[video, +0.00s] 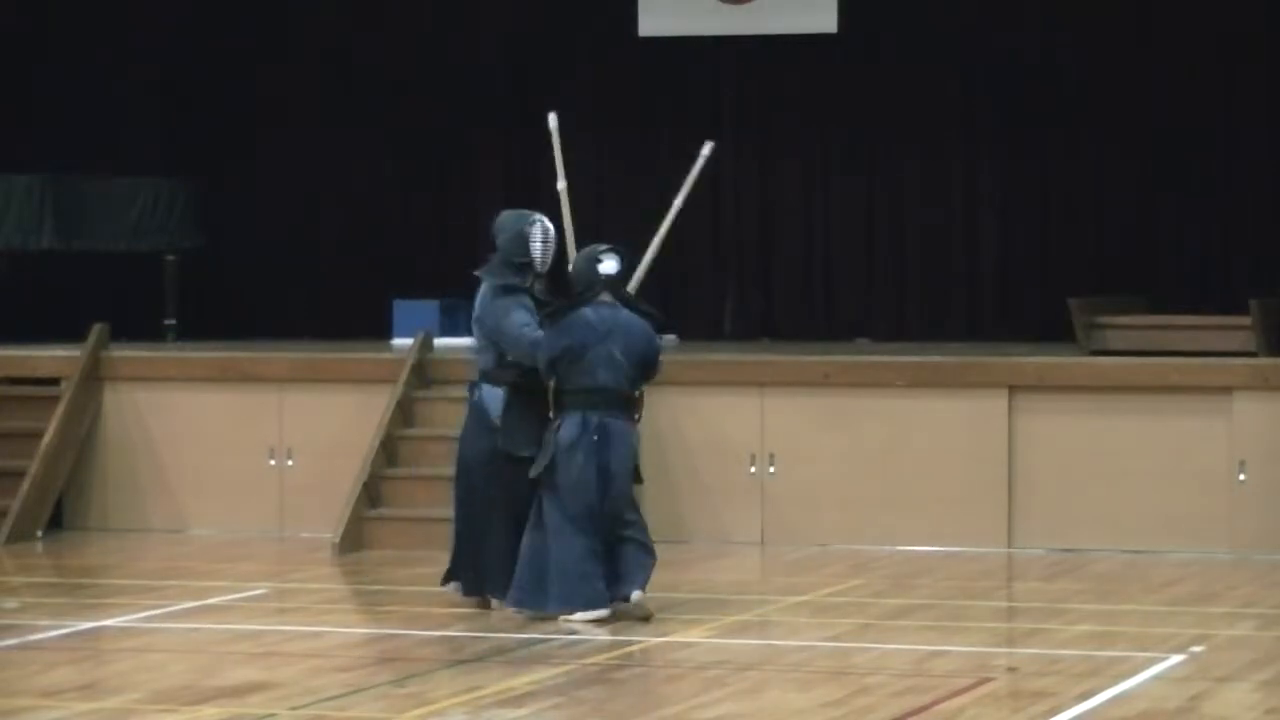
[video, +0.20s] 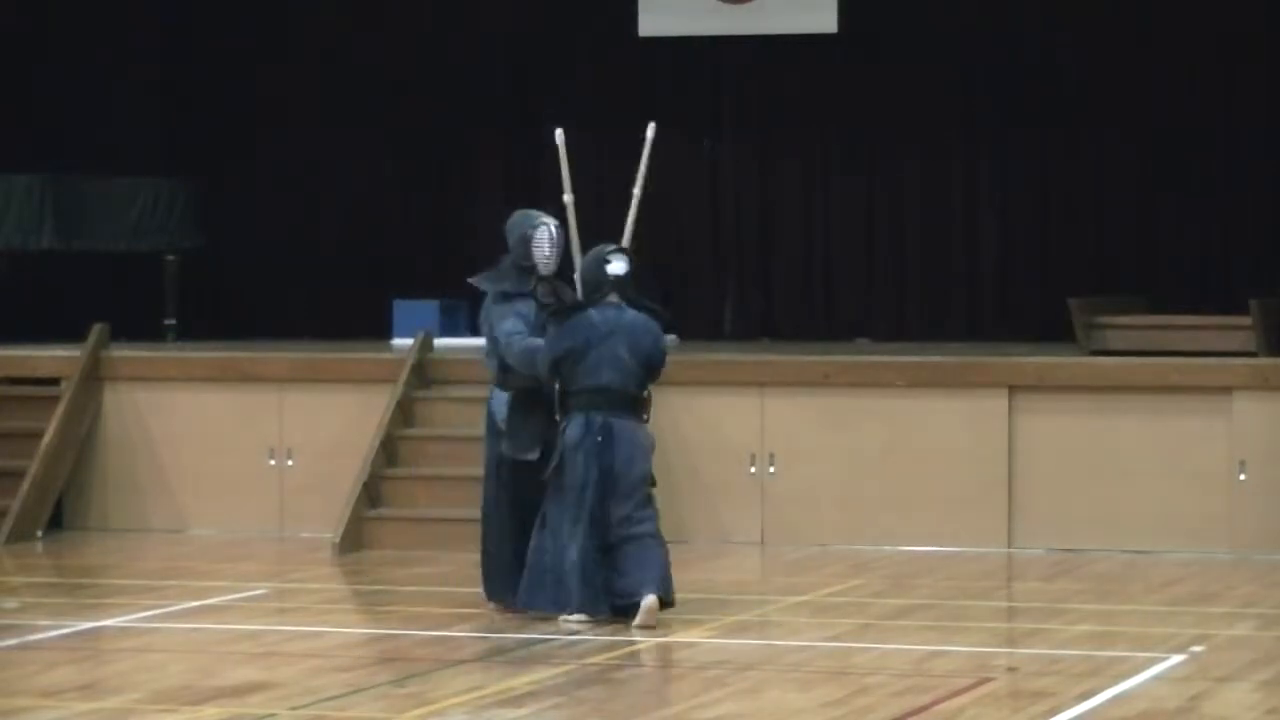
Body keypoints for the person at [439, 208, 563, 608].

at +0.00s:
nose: (547, 254)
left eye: (547, 245)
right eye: (542, 246)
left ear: (510, 249)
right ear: (524, 250)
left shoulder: (519, 291)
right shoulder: (503, 299)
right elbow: (537, 348)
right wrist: (580, 338)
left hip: (516, 397)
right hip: (502, 401)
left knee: (494, 488)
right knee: (499, 490)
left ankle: (477, 577)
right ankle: (491, 582)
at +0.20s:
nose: (547, 251)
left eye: (552, 242)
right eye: (539, 243)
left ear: (558, 246)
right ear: (520, 247)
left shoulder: (560, 289)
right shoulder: (506, 295)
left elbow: (582, 328)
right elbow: (516, 347)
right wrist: (562, 358)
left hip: (556, 397)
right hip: (516, 400)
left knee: (552, 490)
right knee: (514, 492)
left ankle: (548, 583)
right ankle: (507, 586)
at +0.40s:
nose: (566, 253)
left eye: (572, 243)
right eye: (557, 244)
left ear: (580, 247)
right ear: (539, 247)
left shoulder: (585, 292)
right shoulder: (521, 297)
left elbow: (606, 333)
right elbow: (527, 347)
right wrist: (575, 357)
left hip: (576, 402)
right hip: (531, 402)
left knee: (568, 494)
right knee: (525, 495)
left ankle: (570, 588)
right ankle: (515, 588)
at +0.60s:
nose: (589, 252)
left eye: (595, 243)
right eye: (581, 243)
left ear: (604, 247)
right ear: (564, 247)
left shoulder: (615, 291)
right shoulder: (545, 298)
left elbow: (639, 331)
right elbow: (558, 352)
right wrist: (607, 348)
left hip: (603, 404)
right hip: (556, 403)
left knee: (593, 497)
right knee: (546, 494)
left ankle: (587, 590)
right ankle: (522, 588)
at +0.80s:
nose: (603, 248)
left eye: (610, 238)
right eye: (595, 238)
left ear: (620, 244)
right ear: (580, 242)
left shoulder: (630, 292)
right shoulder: (558, 296)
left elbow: (652, 334)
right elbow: (572, 351)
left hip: (616, 405)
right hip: (569, 403)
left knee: (610, 501)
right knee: (559, 500)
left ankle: (606, 594)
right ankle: (537, 591)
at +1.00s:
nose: (602, 251)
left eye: (609, 243)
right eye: (595, 243)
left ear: (620, 247)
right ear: (581, 246)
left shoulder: (634, 290)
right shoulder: (560, 295)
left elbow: (671, 332)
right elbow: (569, 353)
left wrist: (652, 296)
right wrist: (605, 366)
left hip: (621, 410)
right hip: (573, 409)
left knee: (611, 506)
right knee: (569, 507)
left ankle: (605, 599)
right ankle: (560, 600)